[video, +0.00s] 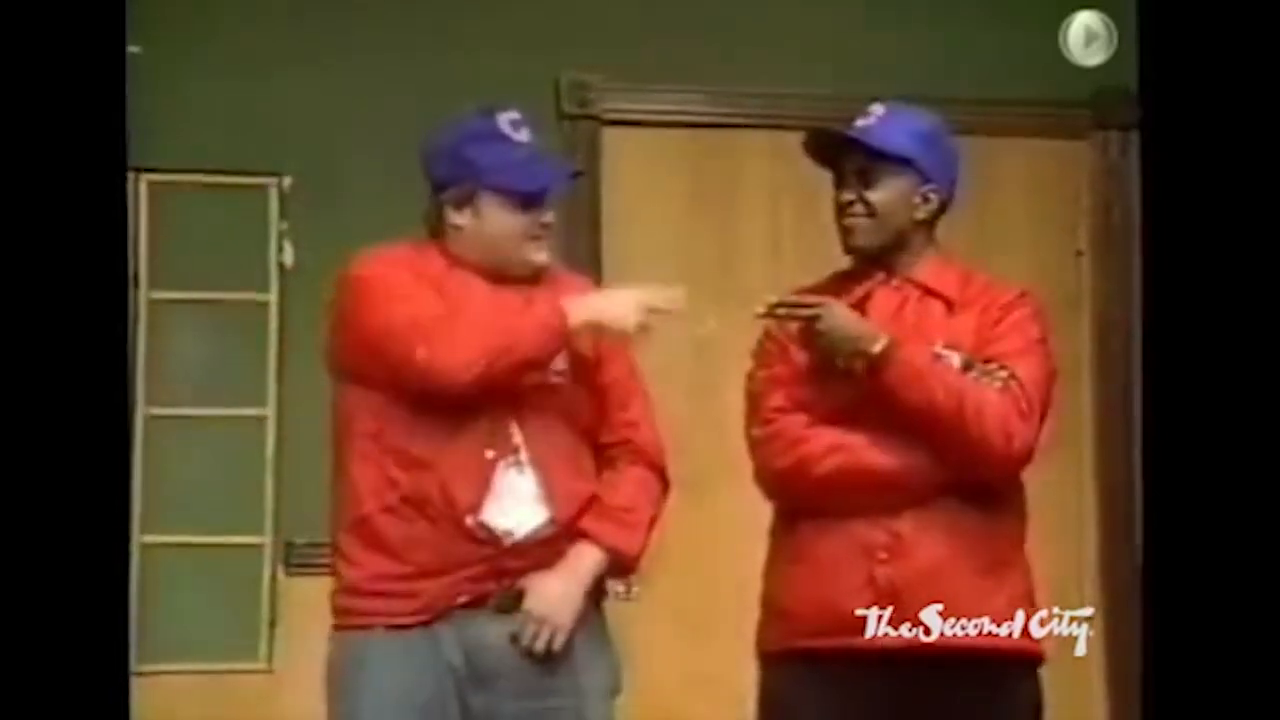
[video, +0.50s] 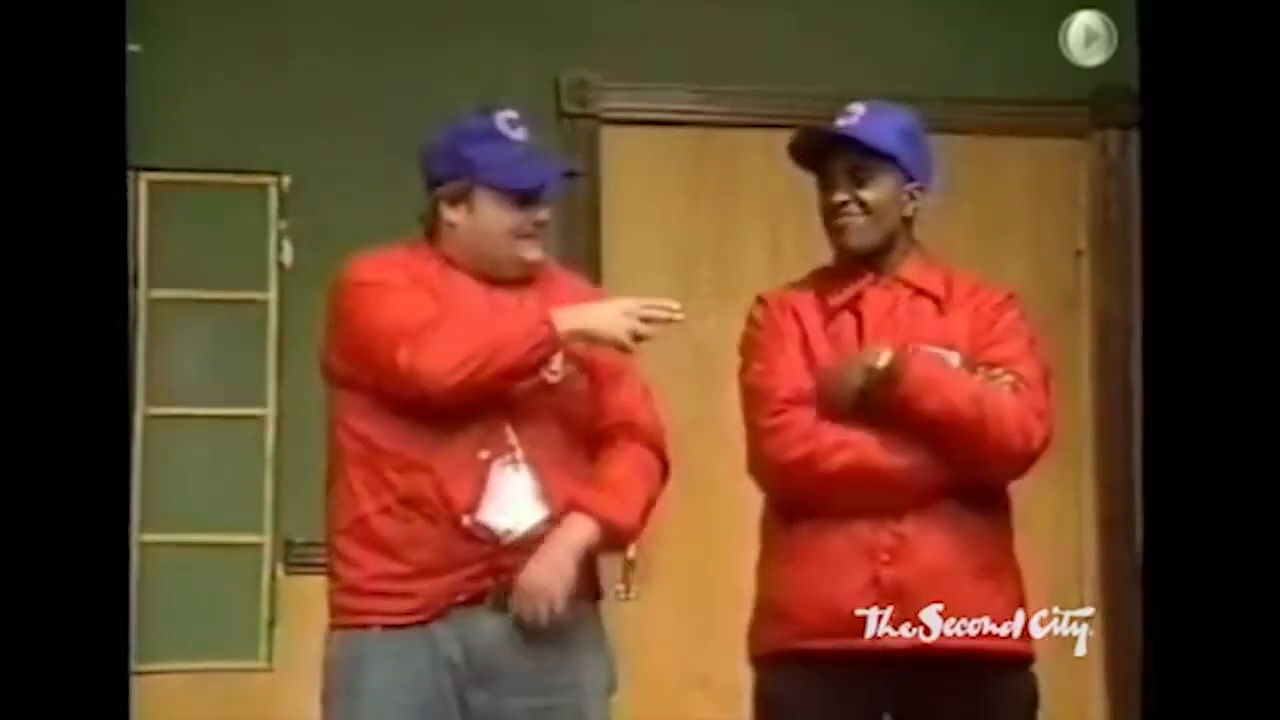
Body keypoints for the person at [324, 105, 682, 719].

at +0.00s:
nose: (547, 217)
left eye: (547, 201)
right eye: (525, 203)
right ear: (459, 211)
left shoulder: (574, 298)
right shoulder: (379, 283)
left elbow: (638, 457)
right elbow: (450, 360)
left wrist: (577, 571)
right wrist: (574, 317)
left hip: (545, 623)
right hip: (397, 634)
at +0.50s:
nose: (541, 215)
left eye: (544, 199)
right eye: (520, 200)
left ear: (552, 200)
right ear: (453, 208)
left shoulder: (569, 296)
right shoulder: (374, 283)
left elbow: (637, 441)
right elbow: (433, 370)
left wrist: (570, 540)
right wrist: (561, 322)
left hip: (547, 625)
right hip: (394, 633)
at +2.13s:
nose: (442, 203)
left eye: (466, 186)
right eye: (433, 184)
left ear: (520, 201)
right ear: (420, 193)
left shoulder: (577, 285)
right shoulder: (376, 279)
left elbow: (576, 431)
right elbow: (394, 391)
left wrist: (406, 423)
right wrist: (548, 378)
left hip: (541, 617)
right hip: (384, 620)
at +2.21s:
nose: (442, 203)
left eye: (466, 185)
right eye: (432, 184)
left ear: (520, 201)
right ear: (419, 193)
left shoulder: (577, 286)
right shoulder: (376, 278)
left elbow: (575, 431)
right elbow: (391, 389)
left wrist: (405, 423)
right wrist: (547, 378)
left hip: (540, 615)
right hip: (384, 618)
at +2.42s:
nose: (446, 199)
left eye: (469, 182)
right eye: (435, 181)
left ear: (520, 199)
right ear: (420, 194)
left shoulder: (578, 286)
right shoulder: (376, 278)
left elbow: (574, 428)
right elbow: (390, 387)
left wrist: (405, 418)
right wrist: (547, 375)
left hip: (542, 612)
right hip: (385, 615)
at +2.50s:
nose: (447, 198)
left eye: (470, 181)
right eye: (435, 181)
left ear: (520, 198)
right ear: (420, 193)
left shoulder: (577, 285)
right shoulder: (375, 278)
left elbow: (575, 427)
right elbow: (390, 387)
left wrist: (404, 418)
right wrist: (546, 373)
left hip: (543, 612)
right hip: (385, 614)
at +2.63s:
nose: (447, 197)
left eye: (471, 180)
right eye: (435, 180)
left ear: (520, 197)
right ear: (420, 193)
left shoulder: (578, 286)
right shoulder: (376, 278)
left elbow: (575, 426)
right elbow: (390, 386)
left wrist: (404, 418)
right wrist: (546, 373)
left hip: (543, 611)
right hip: (386, 613)